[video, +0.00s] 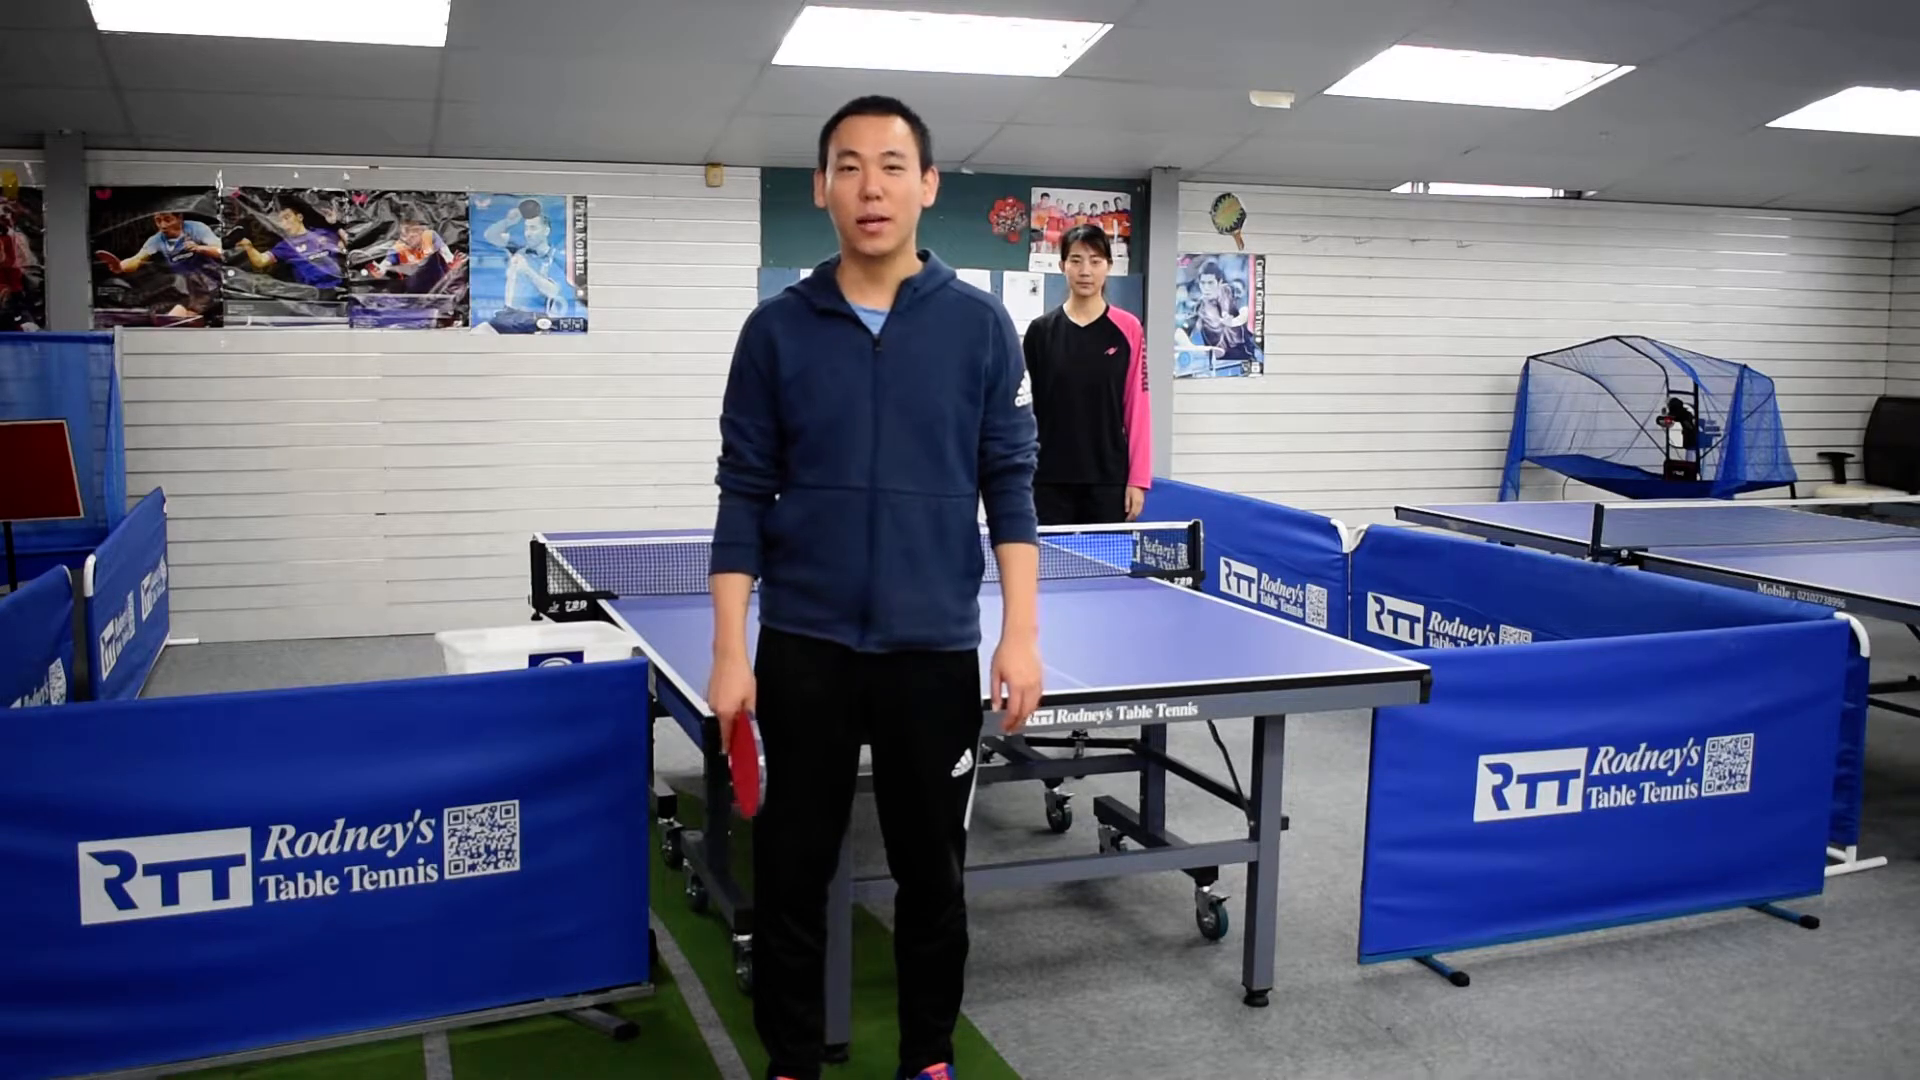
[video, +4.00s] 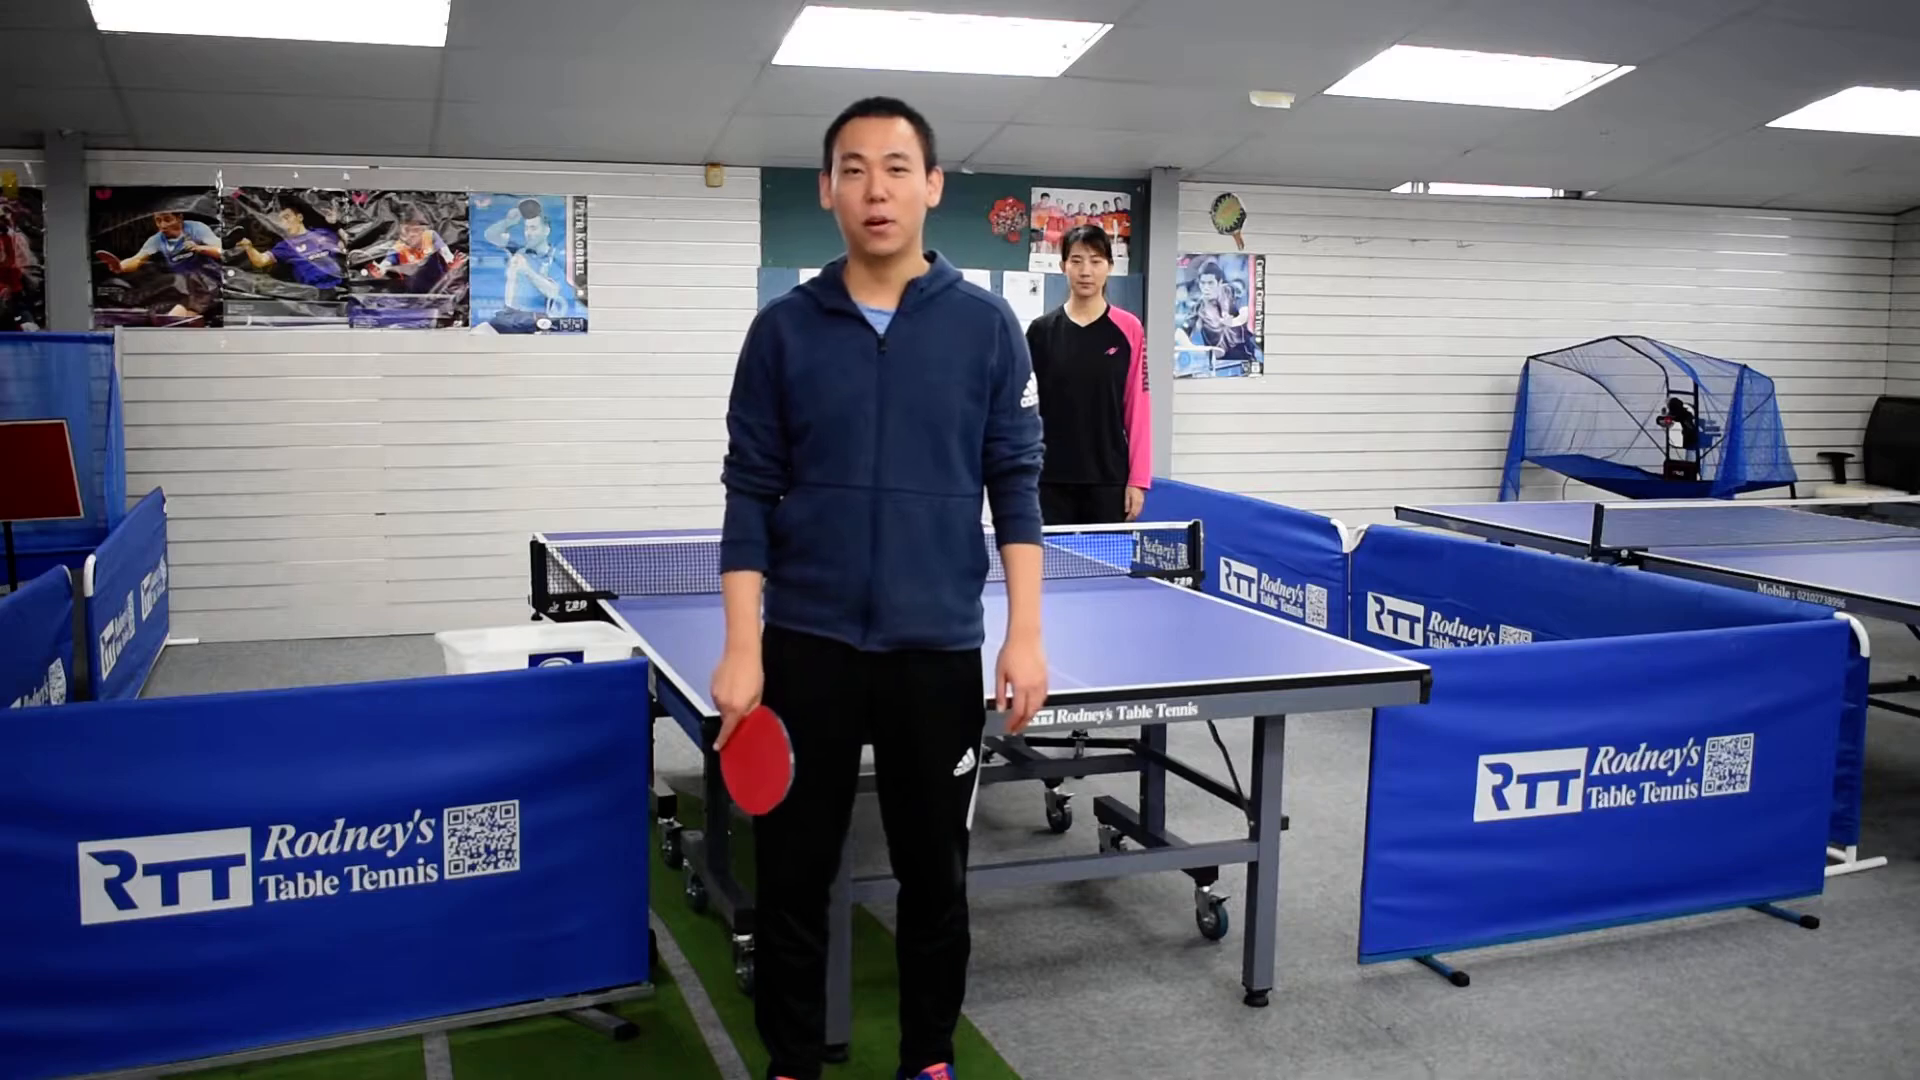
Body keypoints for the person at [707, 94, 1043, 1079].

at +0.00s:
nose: (870, 187)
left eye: (892, 167)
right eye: (849, 168)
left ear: (926, 189)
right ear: (823, 190)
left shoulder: (979, 326)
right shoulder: (777, 329)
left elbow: (1011, 486)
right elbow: (741, 491)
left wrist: (1021, 634)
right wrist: (729, 650)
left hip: (933, 644)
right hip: (805, 643)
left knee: (931, 872)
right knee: (790, 874)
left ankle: (930, 1061)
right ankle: (791, 1061)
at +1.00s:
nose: (870, 185)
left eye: (892, 166)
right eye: (848, 167)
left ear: (926, 187)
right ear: (822, 190)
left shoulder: (979, 326)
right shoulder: (777, 330)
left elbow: (1012, 482)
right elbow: (743, 492)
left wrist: (1023, 631)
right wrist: (732, 653)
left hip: (934, 645)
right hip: (806, 644)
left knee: (932, 875)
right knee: (791, 877)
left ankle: (930, 1060)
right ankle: (791, 1062)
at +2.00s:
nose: (867, 186)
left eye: (889, 166)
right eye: (845, 168)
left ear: (923, 187)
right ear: (820, 192)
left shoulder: (979, 326)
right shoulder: (777, 330)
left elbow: (1012, 483)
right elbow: (742, 492)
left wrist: (1022, 631)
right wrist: (731, 653)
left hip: (933, 644)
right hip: (805, 643)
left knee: (932, 873)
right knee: (790, 876)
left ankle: (930, 1060)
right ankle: (791, 1062)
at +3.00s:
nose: (874, 181)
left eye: (897, 164)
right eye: (853, 164)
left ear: (930, 188)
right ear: (828, 189)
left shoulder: (984, 327)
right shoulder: (784, 328)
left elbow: (1014, 483)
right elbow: (734, 476)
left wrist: (1020, 631)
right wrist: (742, 612)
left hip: (938, 643)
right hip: (807, 640)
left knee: (934, 875)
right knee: (793, 876)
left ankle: (930, 1060)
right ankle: (791, 1061)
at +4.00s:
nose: (875, 189)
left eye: (897, 168)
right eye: (853, 170)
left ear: (932, 189)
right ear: (829, 193)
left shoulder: (986, 327)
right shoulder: (783, 329)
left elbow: (1017, 485)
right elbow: (748, 490)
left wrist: (1025, 634)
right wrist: (742, 645)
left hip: (936, 646)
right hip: (807, 643)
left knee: (933, 874)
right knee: (793, 878)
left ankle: (929, 1060)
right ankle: (791, 1062)